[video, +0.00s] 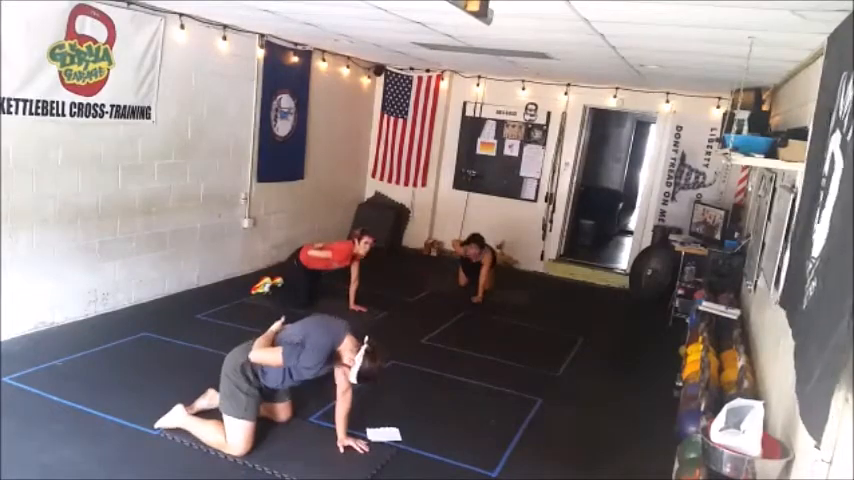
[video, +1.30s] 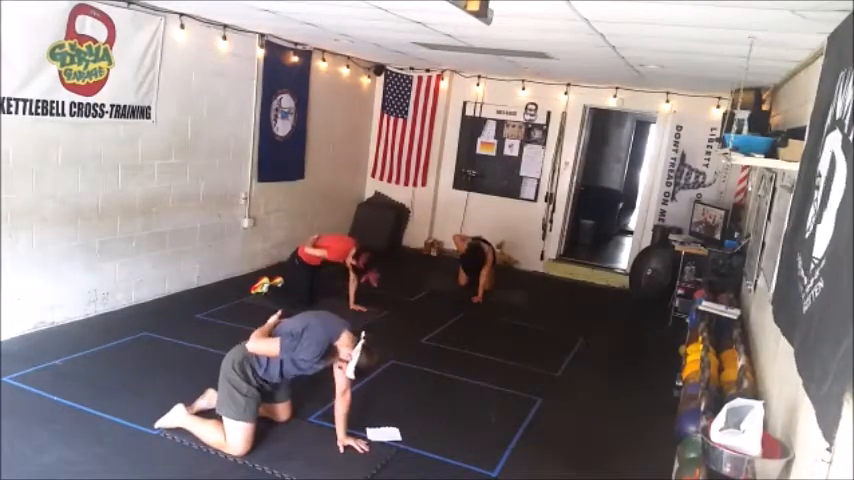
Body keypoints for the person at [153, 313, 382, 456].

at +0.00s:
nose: (349, 372)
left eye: (353, 371)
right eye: (353, 370)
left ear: (359, 353)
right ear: (354, 362)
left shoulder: (346, 339)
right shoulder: (314, 350)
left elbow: (344, 390)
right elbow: (255, 355)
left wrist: (342, 435)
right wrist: (271, 330)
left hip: (275, 366)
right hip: (244, 368)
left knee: (281, 413)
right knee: (236, 446)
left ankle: (217, 400)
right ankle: (182, 419)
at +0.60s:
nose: (355, 374)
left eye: (360, 372)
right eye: (359, 370)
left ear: (362, 351)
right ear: (358, 361)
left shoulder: (347, 338)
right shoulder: (314, 356)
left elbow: (343, 391)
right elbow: (255, 360)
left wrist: (341, 435)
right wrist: (271, 333)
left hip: (274, 366)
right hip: (242, 367)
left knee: (281, 413)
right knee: (237, 445)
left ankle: (217, 399)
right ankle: (182, 418)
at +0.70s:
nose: (381, 349)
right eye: (379, 343)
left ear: (363, 332)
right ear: (364, 336)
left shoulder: (347, 339)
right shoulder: (323, 360)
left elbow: (345, 393)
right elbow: (265, 374)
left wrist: (342, 435)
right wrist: (279, 343)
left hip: (266, 355)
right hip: (242, 369)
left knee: (282, 412)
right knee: (237, 446)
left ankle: (219, 400)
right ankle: (183, 417)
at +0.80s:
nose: (377, 326)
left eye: (377, 320)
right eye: (371, 321)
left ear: (358, 322)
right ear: (352, 321)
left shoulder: (348, 348)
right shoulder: (322, 350)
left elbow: (344, 394)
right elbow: (263, 371)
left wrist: (342, 436)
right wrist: (280, 344)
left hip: (267, 359)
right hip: (242, 367)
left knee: (281, 411)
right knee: (237, 446)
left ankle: (217, 400)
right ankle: (182, 417)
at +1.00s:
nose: (373, 317)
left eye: (373, 312)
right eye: (368, 313)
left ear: (356, 319)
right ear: (347, 317)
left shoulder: (348, 349)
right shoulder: (319, 344)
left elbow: (344, 393)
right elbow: (261, 366)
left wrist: (342, 436)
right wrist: (280, 342)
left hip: (270, 363)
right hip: (243, 368)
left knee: (281, 411)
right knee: (237, 446)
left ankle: (216, 400)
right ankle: (182, 417)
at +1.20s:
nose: (346, 366)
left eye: (349, 364)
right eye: (349, 362)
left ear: (354, 347)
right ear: (354, 353)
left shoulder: (344, 339)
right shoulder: (311, 343)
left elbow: (342, 392)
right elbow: (252, 345)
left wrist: (343, 435)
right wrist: (268, 325)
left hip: (273, 368)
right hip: (244, 367)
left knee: (282, 412)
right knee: (236, 446)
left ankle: (217, 400)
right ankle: (182, 418)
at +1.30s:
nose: (346, 367)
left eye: (349, 366)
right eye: (349, 363)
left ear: (355, 352)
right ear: (352, 355)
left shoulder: (345, 341)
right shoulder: (311, 345)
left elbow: (343, 392)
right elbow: (252, 345)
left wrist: (343, 435)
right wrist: (269, 324)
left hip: (274, 369)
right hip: (244, 367)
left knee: (281, 413)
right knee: (236, 446)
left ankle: (217, 400)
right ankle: (182, 418)